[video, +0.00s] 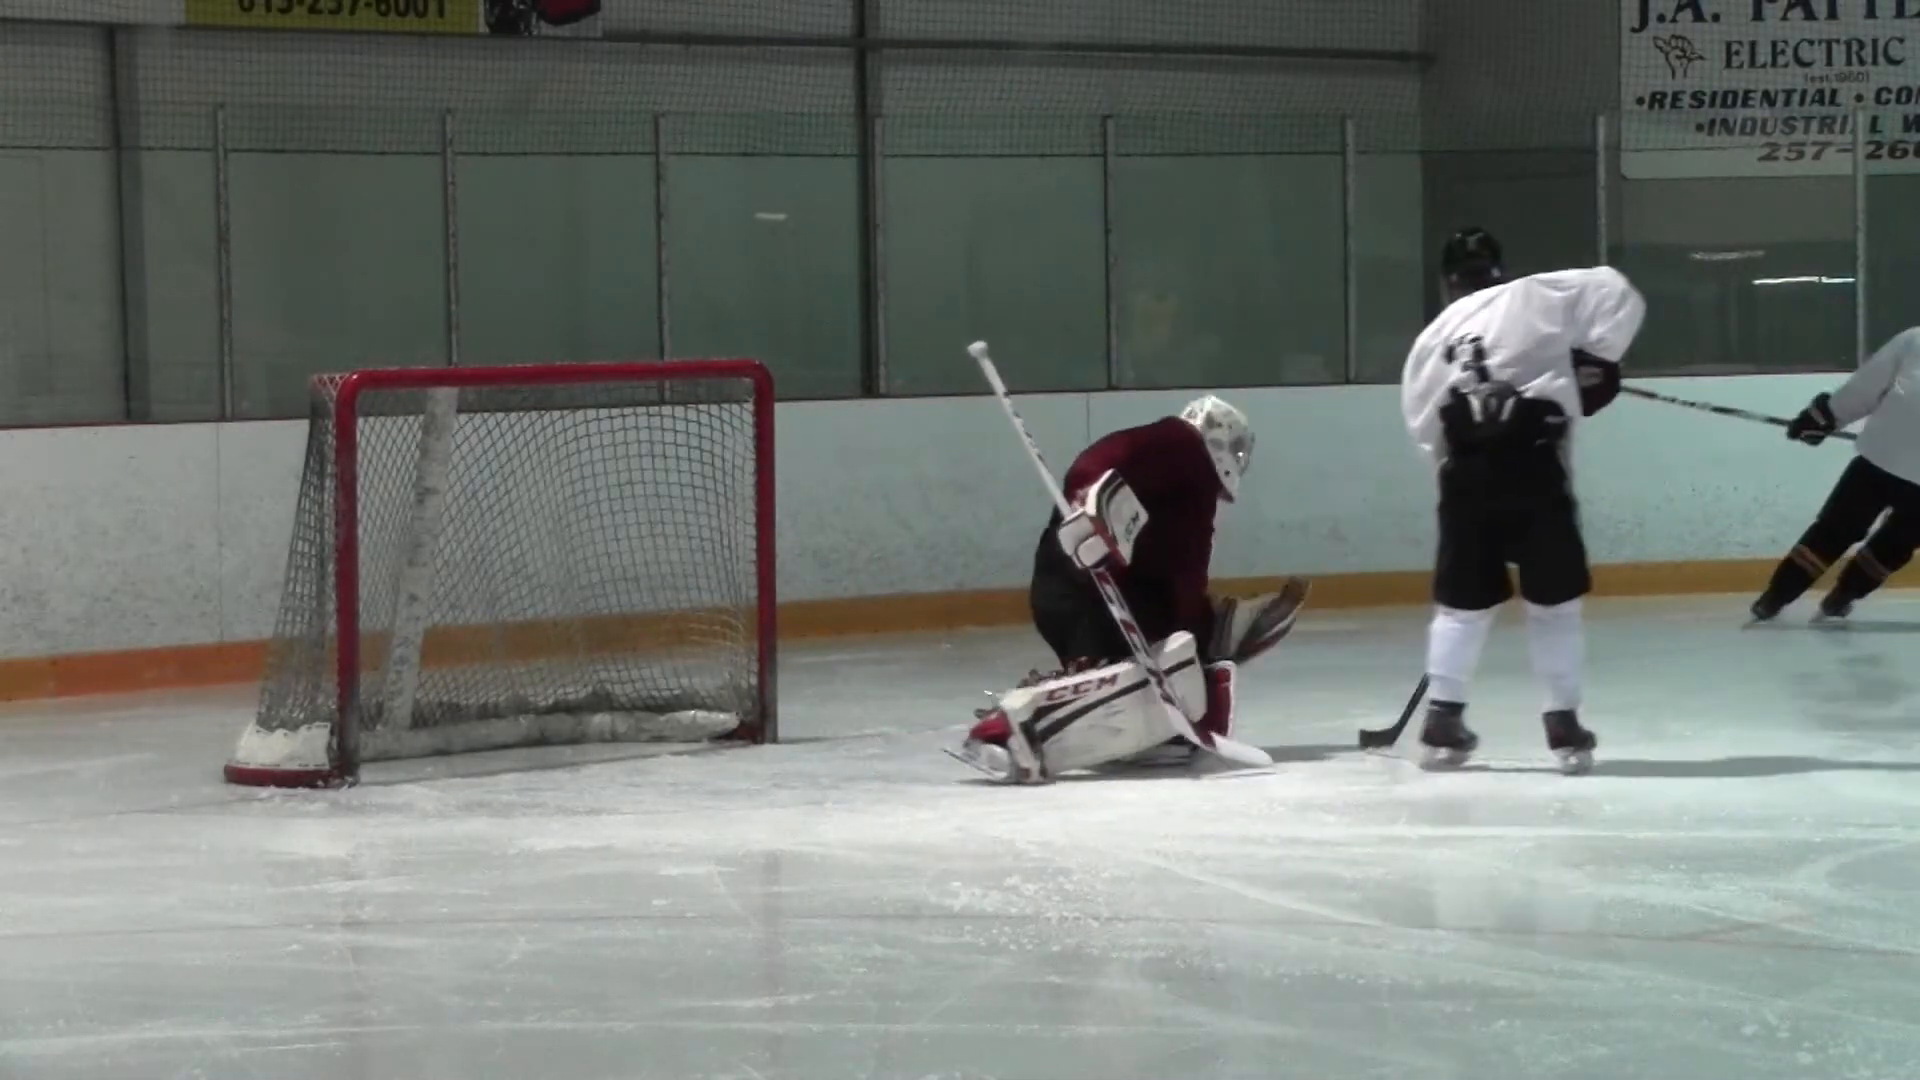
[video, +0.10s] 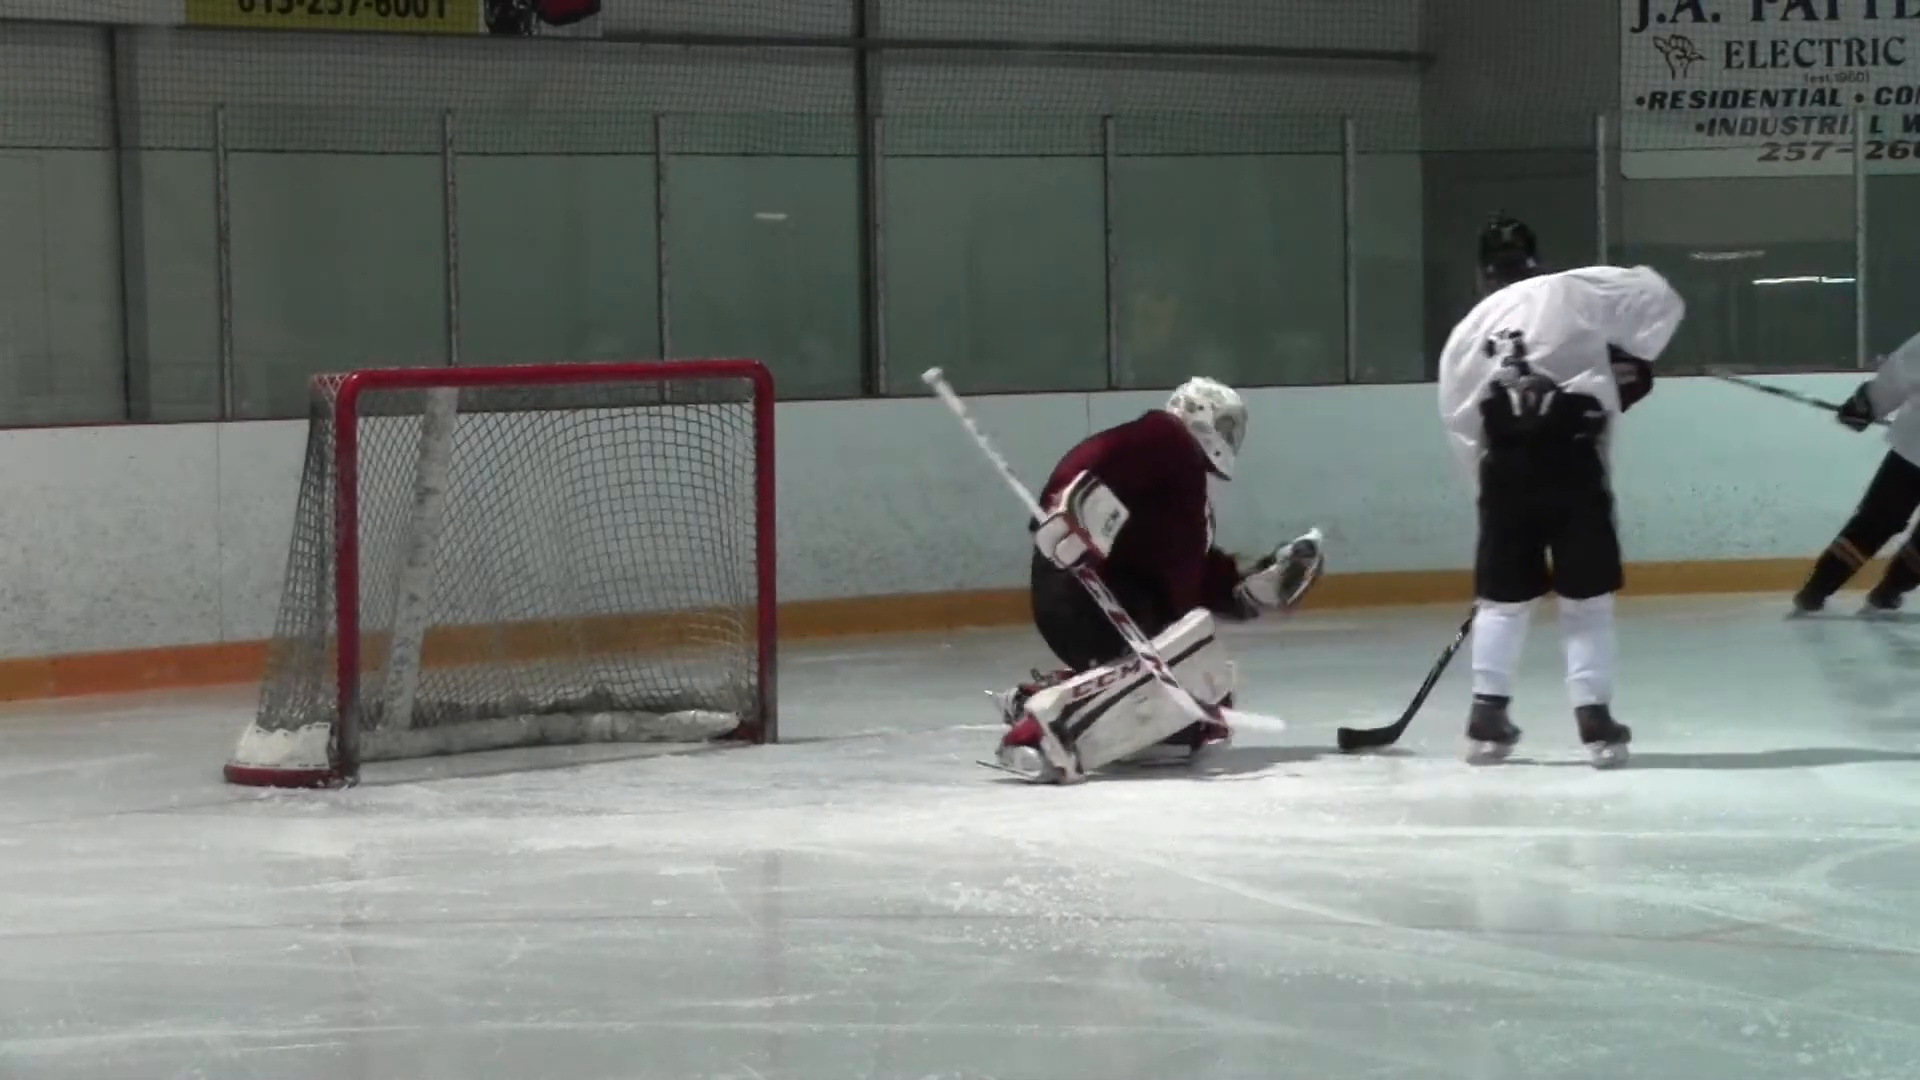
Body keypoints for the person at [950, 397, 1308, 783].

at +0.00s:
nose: (1238, 465)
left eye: (1241, 455)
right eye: (1235, 451)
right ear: (1215, 438)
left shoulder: (1198, 492)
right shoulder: (1178, 440)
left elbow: (1189, 579)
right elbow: (1100, 460)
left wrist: (1205, 649)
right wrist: (1094, 504)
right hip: (1078, 585)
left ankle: (1228, 629)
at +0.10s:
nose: (1231, 446)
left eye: (1235, 434)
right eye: (1229, 430)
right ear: (1206, 419)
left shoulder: (1187, 482)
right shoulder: (1165, 435)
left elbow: (1186, 573)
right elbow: (1099, 457)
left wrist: (1251, 588)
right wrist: (1073, 508)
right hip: (1082, 591)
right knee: (1185, 683)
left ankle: (1049, 696)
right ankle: (1057, 716)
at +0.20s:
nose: (1222, 417)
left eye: (1225, 407)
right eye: (1214, 405)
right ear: (1185, 400)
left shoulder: (1198, 471)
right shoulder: (1148, 428)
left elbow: (1224, 531)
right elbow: (1070, 465)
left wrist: (1267, 563)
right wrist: (1047, 531)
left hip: (1141, 597)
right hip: (1084, 588)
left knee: (1191, 716)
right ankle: (1048, 704)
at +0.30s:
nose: (1210, 400)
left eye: (1214, 389)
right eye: (1199, 387)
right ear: (1168, 384)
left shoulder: (1204, 454)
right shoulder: (1135, 421)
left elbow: (1239, 516)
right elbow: (1054, 469)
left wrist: (1269, 577)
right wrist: (1029, 552)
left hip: (1153, 594)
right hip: (1084, 587)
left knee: (1202, 724)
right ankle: (1038, 709)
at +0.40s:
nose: (1196, 385)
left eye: (1200, 374)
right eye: (1184, 374)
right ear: (1152, 376)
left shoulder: (1207, 446)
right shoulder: (1123, 418)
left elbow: (1237, 517)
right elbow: (1039, 471)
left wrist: (1254, 583)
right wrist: (1014, 563)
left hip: (1162, 602)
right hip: (1087, 594)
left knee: (1199, 717)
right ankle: (1036, 711)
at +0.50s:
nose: (1183, 380)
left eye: (1187, 370)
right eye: (1171, 369)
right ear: (1139, 372)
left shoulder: (1207, 439)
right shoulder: (1110, 417)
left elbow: (1229, 522)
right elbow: (1028, 477)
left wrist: (1238, 582)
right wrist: (1003, 569)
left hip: (1160, 587)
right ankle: (1043, 716)